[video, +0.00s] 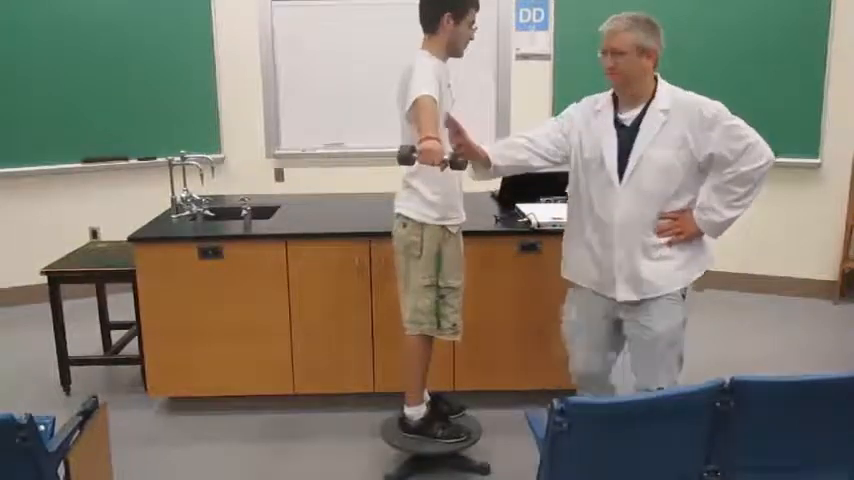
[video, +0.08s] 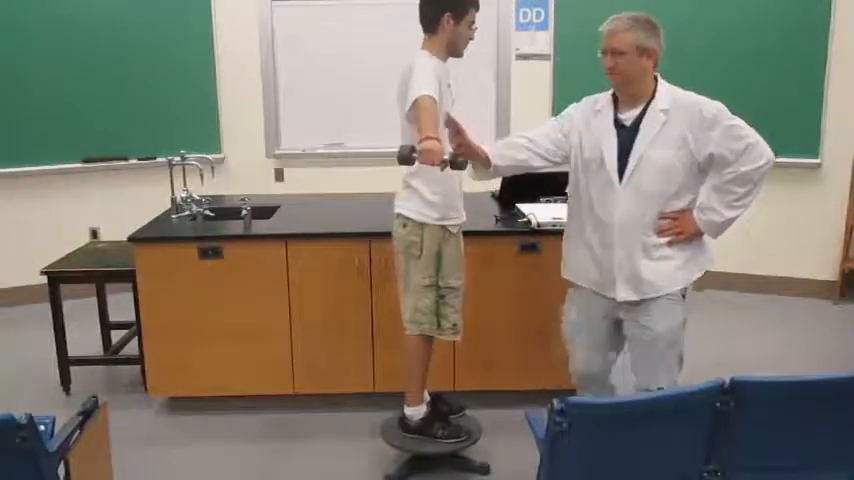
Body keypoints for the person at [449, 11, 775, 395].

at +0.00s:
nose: (606, 63)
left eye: (616, 55)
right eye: (604, 54)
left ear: (649, 57)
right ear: (602, 57)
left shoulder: (695, 115)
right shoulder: (584, 115)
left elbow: (753, 158)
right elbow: (535, 146)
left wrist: (702, 217)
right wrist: (482, 155)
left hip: (657, 281)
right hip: (591, 277)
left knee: (654, 390)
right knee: (586, 375)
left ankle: (652, 479)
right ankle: (602, 467)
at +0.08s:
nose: (606, 63)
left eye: (616, 55)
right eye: (604, 54)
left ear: (649, 58)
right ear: (601, 57)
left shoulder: (696, 115)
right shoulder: (584, 115)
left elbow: (753, 158)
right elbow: (535, 146)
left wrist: (703, 217)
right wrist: (482, 156)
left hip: (657, 281)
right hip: (590, 276)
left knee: (654, 390)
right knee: (586, 375)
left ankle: (652, 479)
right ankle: (602, 467)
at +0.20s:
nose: (585, 67)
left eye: (594, 58)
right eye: (582, 58)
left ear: (629, 58)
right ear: (580, 59)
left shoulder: (677, 118)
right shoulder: (564, 119)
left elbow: (737, 164)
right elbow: (514, 156)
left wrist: (685, 225)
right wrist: (459, 158)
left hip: (640, 293)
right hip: (570, 290)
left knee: (644, 410)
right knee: (563, 407)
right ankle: (560, 474)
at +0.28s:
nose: (584, 67)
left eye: (593, 57)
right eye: (581, 57)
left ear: (629, 58)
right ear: (580, 59)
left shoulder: (677, 118)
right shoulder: (564, 119)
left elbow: (737, 164)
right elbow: (515, 156)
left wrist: (685, 225)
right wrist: (459, 158)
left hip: (640, 293)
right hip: (570, 290)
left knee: (645, 410)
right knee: (563, 407)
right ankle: (560, 474)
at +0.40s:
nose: (539, 72)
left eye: (549, 62)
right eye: (538, 62)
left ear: (585, 65)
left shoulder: (633, 124)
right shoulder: (528, 127)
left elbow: (695, 177)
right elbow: (492, 170)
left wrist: (646, 241)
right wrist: (437, 161)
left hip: (605, 301)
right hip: (537, 298)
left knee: (618, 412)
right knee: (534, 407)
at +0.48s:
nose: (539, 72)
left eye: (549, 62)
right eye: (538, 62)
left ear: (585, 65)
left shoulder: (633, 124)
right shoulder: (528, 127)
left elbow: (695, 177)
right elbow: (492, 170)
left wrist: (646, 241)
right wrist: (437, 161)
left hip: (605, 301)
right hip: (537, 299)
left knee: (618, 412)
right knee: (534, 407)